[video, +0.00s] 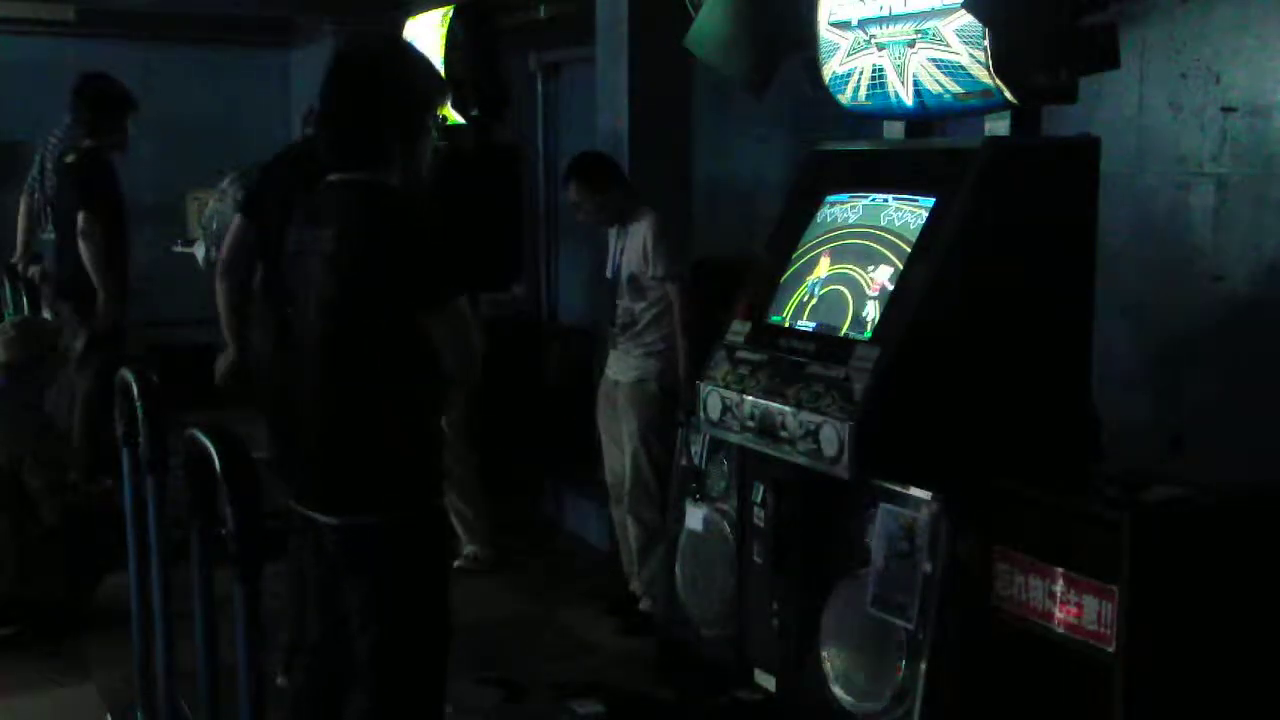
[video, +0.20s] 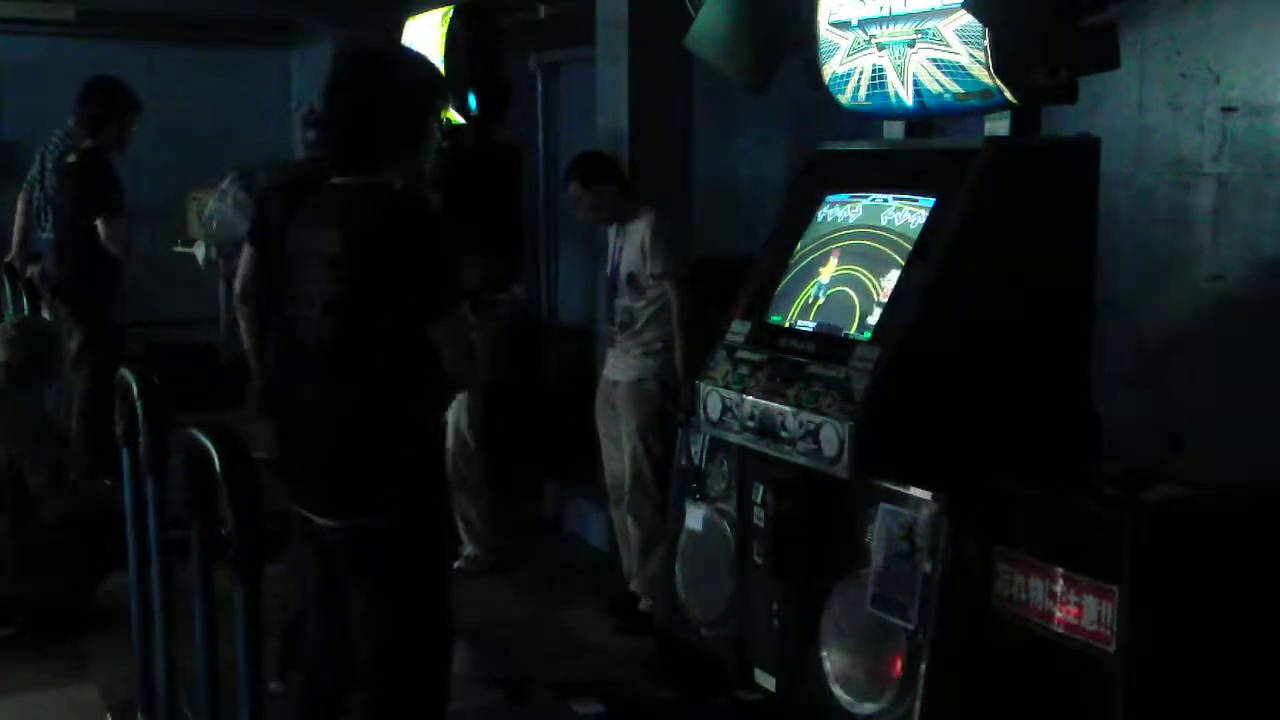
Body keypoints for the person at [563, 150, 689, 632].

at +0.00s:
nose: (580, 214)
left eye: (584, 204)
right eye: (576, 205)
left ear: (607, 193)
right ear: (595, 199)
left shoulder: (650, 230)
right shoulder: (617, 232)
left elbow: (677, 303)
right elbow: (624, 304)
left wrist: (685, 377)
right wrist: (614, 358)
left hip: (648, 373)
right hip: (616, 369)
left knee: (642, 487)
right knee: (618, 485)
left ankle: (653, 599)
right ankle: (634, 588)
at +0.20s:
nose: (581, 212)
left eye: (585, 200)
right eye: (577, 202)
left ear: (607, 192)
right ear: (593, 198)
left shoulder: (648, 230)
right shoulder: (616, 232)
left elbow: (675, 299)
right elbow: (622, 304)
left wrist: (682, 371)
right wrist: (610, 362)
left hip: (645, 377)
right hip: (613, 373)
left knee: (641, 488)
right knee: (618, 485)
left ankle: (652, 596)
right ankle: (633, 585)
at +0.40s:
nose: (581, 208)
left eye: (585, 196)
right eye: (578, 198)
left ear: (609, 189)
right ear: (591, 196)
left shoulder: (649, 230)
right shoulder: (615, 233)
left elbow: (672, 301)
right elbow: (620, 305)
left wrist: (673, 380)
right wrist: (608, 362)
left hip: (642, 375)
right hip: (611, 371)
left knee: (640, 484)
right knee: (615, 482)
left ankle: (651, 589)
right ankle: (632, 581)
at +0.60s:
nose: (585, 201)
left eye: (589, 191)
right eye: (583, 192)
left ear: (614, 186)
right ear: (600, 189)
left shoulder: (652, 229)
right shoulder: (617, 229)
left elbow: (667, 308)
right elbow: (621, 305)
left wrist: (659, 380)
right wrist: (607, 363)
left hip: (640, 379)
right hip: (608, 376)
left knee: (643, 487)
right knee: (616, 485)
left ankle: (657, 586)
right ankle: (634, 581)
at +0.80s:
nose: (587, 197)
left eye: (592, 186)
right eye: (586, 187)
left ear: (617, 183)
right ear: (605, 185)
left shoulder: (653, 228)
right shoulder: (620, 230)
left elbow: (664, 309)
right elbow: (625, 309)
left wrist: (649, 380)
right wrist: (609, 367)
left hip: (639, 379)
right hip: (608, 376)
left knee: (645, 489)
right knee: (617, 486)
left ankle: (659, 587)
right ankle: (635, 582)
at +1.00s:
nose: (591, 193)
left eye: (595, 183)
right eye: (590, 183)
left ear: (619, 182)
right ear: (611, 183)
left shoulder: (655, 228)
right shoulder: (624, 230)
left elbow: (663, 311)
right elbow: (629, 309)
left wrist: (646, 382)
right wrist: (609, 368)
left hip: (638, 382)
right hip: (609, 379)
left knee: (646, 489)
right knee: (618, 486)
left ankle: (658, 588)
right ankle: (635, 582)